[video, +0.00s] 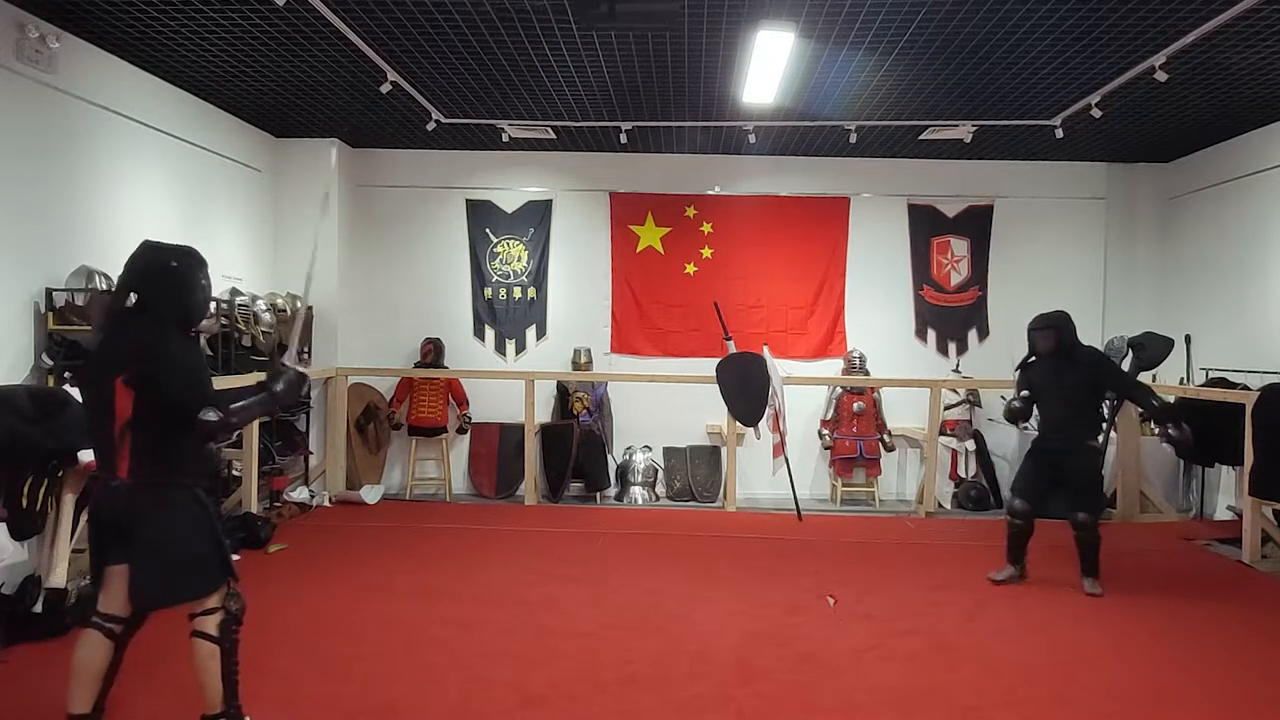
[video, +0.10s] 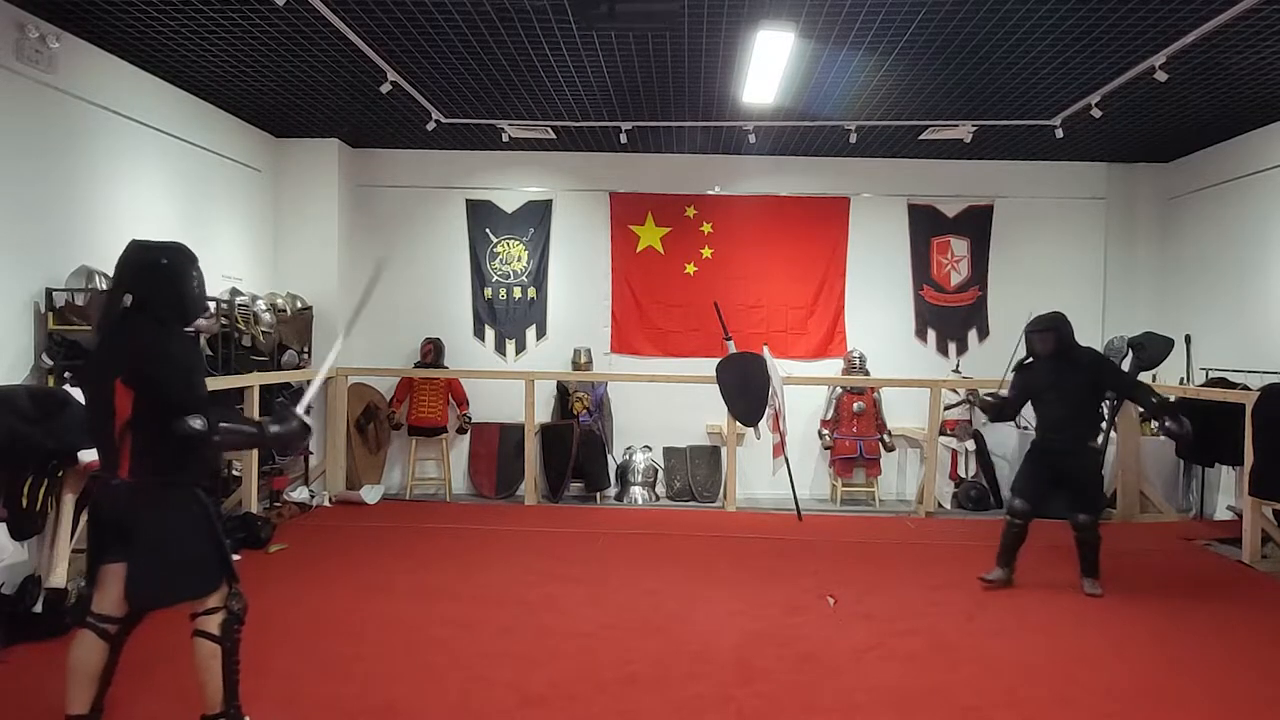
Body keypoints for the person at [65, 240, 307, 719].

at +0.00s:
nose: (209, 294)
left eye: (207, 283)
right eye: (202, 283)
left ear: (145, 287)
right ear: (178, 290)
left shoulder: (114, 338)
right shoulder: (173, 346)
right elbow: (205, 421)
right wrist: (271, 398)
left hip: (116, 497)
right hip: (170, 498)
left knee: (112, 614)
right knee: (217, 602)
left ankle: (79, 712)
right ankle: (222, 711)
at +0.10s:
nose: (201, 292)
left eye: (199, 281)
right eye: (194, 281)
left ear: (137, 286)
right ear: (172, 287)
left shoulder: (114, 337)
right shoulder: (172, 342)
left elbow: (103, 426)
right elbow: (194, 425)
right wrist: (270, 434)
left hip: (116, 495)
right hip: (169, 497)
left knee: (106, 614)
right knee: (219, 601)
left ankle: (78, 714)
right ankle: (221, 713)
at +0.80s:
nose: (317, 291)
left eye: (312, 281)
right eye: (311, 282)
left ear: (256, 290)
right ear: (301, 290)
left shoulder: (233, 335)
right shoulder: (295, 346)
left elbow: (198, 372)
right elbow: (301, 422)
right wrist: (365, 469)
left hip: (235, 482)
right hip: (276, 488)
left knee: (273, 598)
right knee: (262, 608)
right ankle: (227, 707)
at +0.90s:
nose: (341, 299)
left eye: (337, 290)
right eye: (336, 290)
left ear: (276, 295)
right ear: (326, 297)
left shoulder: (255, 341)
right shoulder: (319, 351)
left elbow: (220, 385)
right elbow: (341, 424)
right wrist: (417, 459)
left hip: (255, 487)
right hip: (296, 492)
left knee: (312, 589)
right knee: (283, 607)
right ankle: (228, 710)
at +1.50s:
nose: (466, 339)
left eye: (465, 331)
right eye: (463, 331)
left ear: (410, 330)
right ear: (453, 334)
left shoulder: (385, 376)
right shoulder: (456, 384)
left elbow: (343, 410)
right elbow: (490, 450)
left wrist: (376, 450)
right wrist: (558, 452)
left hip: (393, 506)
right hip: (446, 507)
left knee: (394, 580)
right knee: (516, 564)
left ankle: (374, 671)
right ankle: (516, 662)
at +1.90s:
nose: (520, 350)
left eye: (520, 341)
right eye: (517, 342)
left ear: (465, 343)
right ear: (504, 346)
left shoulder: (439, 391)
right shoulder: (507, 394)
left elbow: (397, 421)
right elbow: (550, 458)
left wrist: (428, 455)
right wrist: (614, 455)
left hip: (448, 515)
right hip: (499, 515)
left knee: (428, 599)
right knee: (575, 544)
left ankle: (380, 681)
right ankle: (567, 644)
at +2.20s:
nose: (569, 346)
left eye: (566, 339)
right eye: (565, 339)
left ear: (515, 342)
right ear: (558, 343)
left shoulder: (496, 386)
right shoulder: (566, 390)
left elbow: (453, 422)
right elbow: (602, 446)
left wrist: (489, 450)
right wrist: (662, 450)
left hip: (511, 510)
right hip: (566, 509)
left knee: (490, 580)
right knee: (624, 559)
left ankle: (461, 661)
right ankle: (628, 647)